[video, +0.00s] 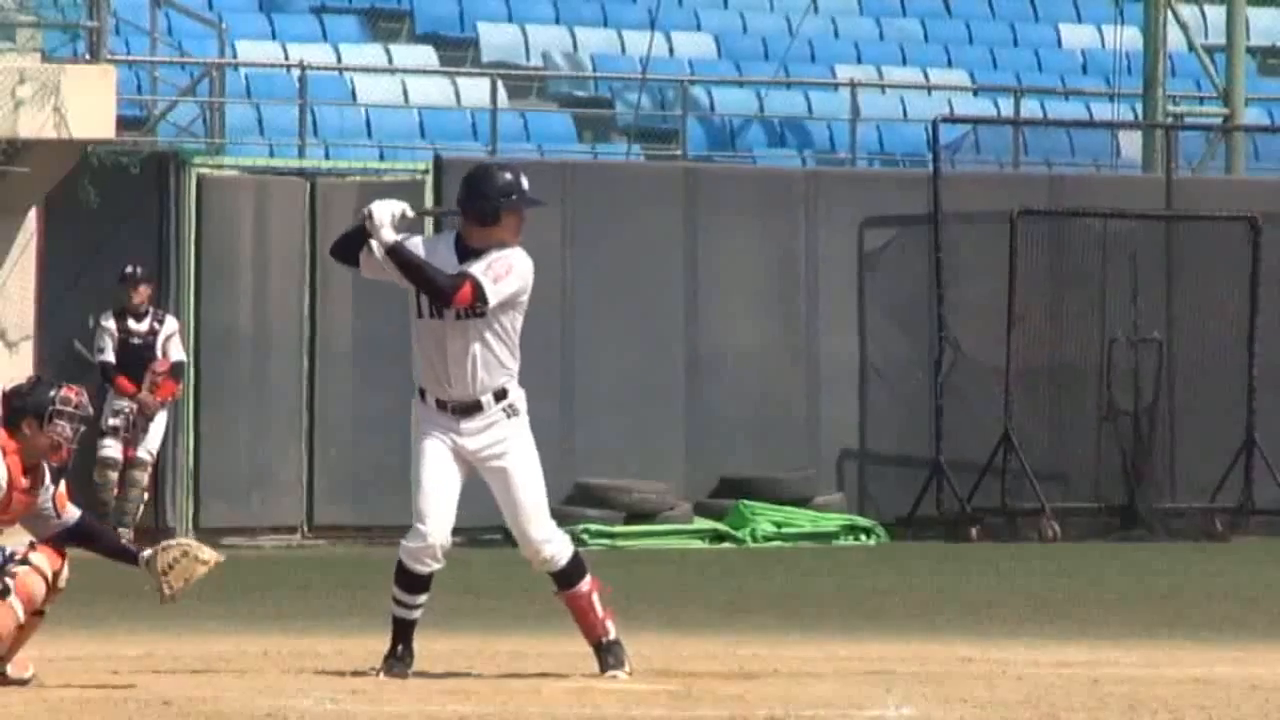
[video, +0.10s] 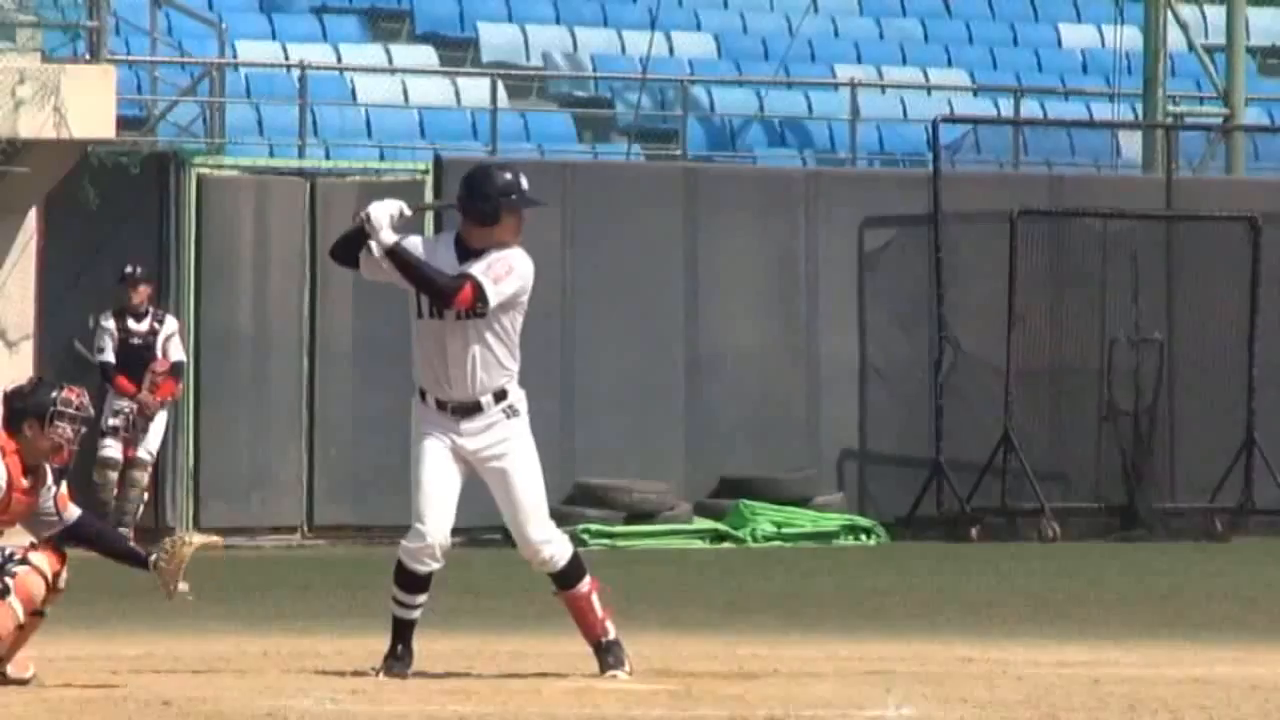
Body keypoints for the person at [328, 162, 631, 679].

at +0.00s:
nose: (523, 220)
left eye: (523, 211)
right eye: (516, 212)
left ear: (493, 213)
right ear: (488, 215)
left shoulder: (515, 263)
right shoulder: (426, 250)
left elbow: (452, 294)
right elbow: (343, 252)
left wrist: (388, 242)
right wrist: (371, 224)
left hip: (499, 418)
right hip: (436, 420)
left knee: (539, 541)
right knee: (428, 537)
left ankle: (606, 643)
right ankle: (400, 648)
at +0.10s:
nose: (522, 220)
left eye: (522, 211)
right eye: (515, 213)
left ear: (484, 214)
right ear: (487, 216)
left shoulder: (515, 263)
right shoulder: (425, 250)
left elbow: (453, 295)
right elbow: (342, 254)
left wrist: (389, 244)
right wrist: (371, 225)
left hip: (499, 419)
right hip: (436, 421)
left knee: (537, 541)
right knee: (427, 538)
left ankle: (606, 644)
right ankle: (399, 648)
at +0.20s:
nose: (523, 220)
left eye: (523, 211)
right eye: (516, 212)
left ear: (493, 212)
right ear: (487, 215)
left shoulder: (516, 263)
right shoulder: (427, 250)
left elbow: (456, 296)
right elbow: (343, 255)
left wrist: (390, 246)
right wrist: (373, 227)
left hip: (501, 419)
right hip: (437, 421)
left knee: (539, 541)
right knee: (428, 537)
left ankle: (606, 644)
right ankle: (400, 647)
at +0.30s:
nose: (527, 220)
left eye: (526, 211)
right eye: (519, 213)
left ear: (500, 213)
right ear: (490, 216)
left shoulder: (521, 262)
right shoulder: (434, 252)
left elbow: (464, 298)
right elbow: (349, 261)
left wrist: (397, 249)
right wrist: (377, 232)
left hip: (509, 420)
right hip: (444, 421)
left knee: (544, 543)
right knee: (433, 539)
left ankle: (607, 645)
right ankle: (400, 646)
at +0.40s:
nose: (528, 220)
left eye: (528, 211)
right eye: (521, 212)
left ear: (504, 212)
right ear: (492, 215)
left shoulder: (523, 262)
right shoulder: (436, 252)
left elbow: (469, 299)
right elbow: (351, 265)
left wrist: (402, 251)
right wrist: (379, 234)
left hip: (511, 420)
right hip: (446, 422)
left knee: (545, 542)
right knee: (435, 539)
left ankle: (607, 645)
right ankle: (401, 646)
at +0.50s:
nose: (528, 220)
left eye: (527, 211)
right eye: (520, 212)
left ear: (506, 212)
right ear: (490, 215)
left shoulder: (523, 262)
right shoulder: (434, 252)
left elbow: (468, 299)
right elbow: (350, 265)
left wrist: (403, 252)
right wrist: (380, 238)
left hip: (511, 420)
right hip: (447, 423)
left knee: (546, 542)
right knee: (436, 540)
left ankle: (607, 645)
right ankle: (401, 646)